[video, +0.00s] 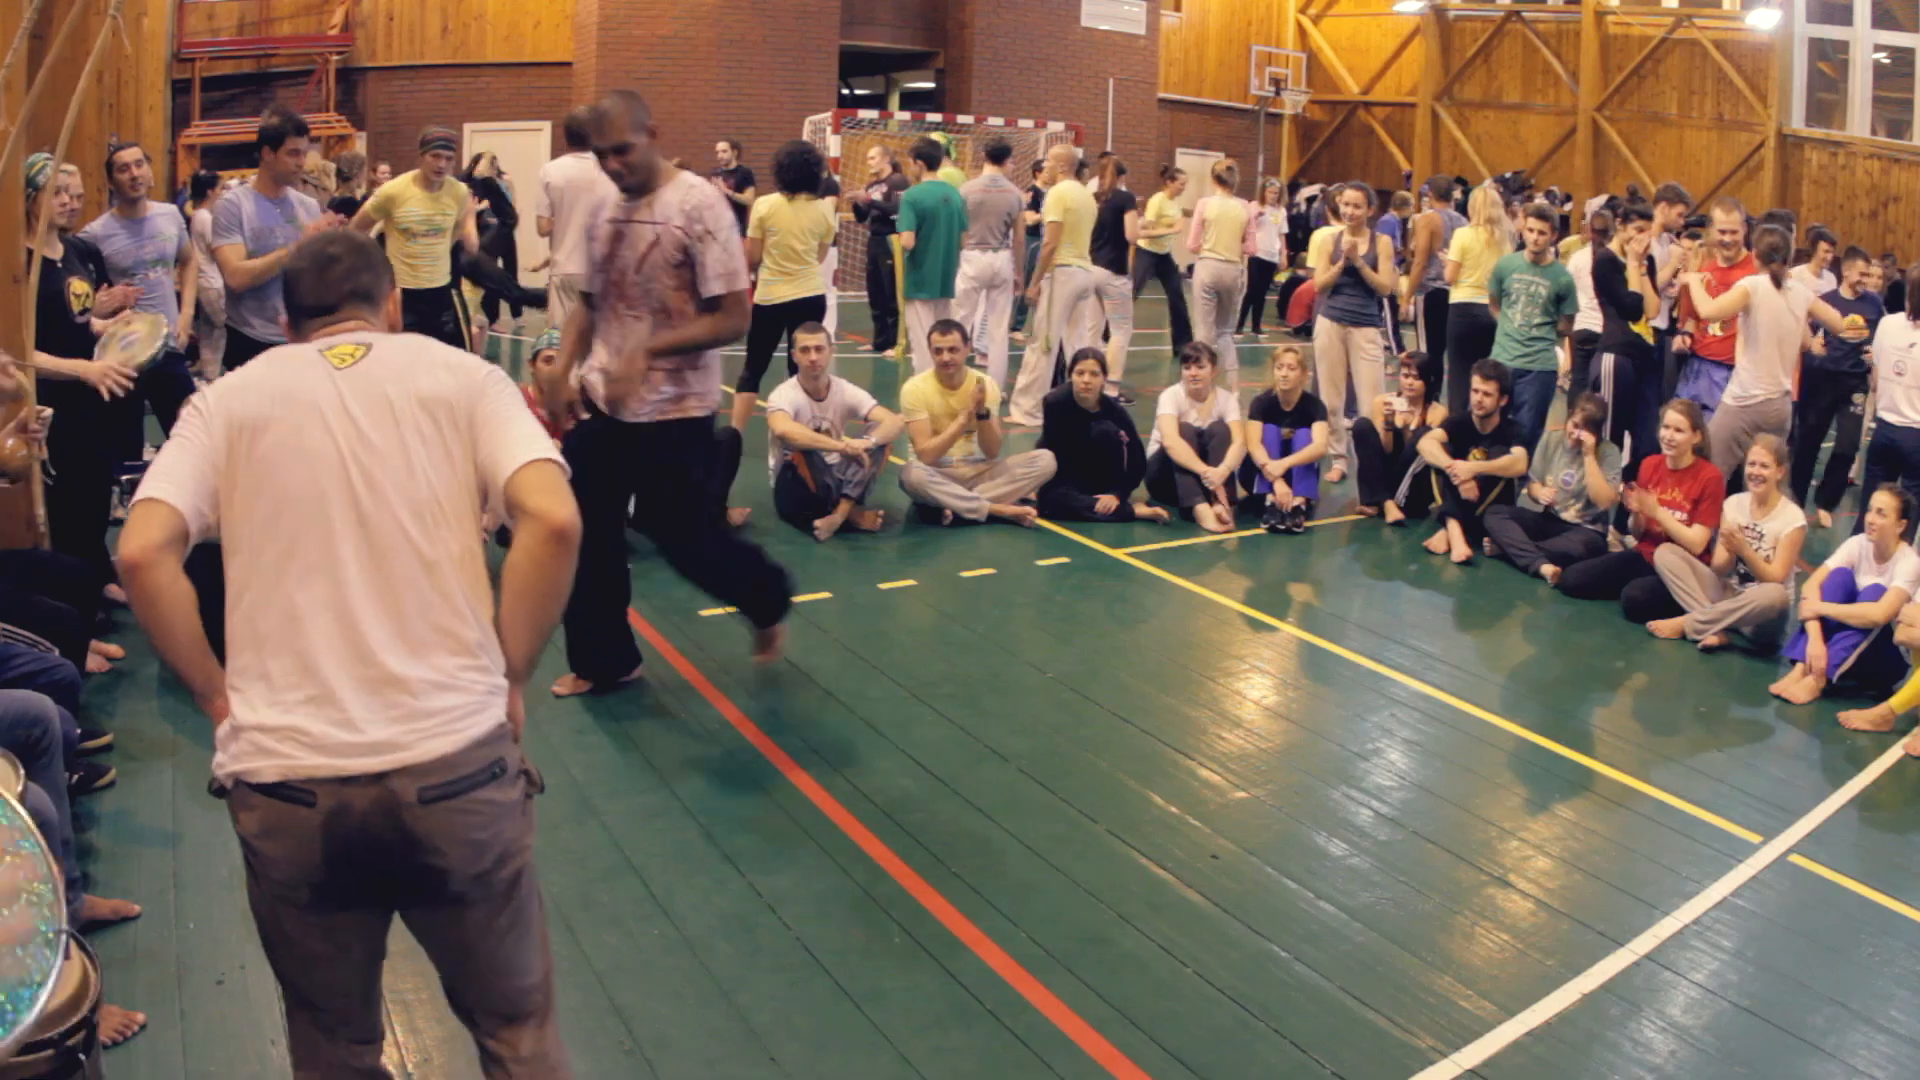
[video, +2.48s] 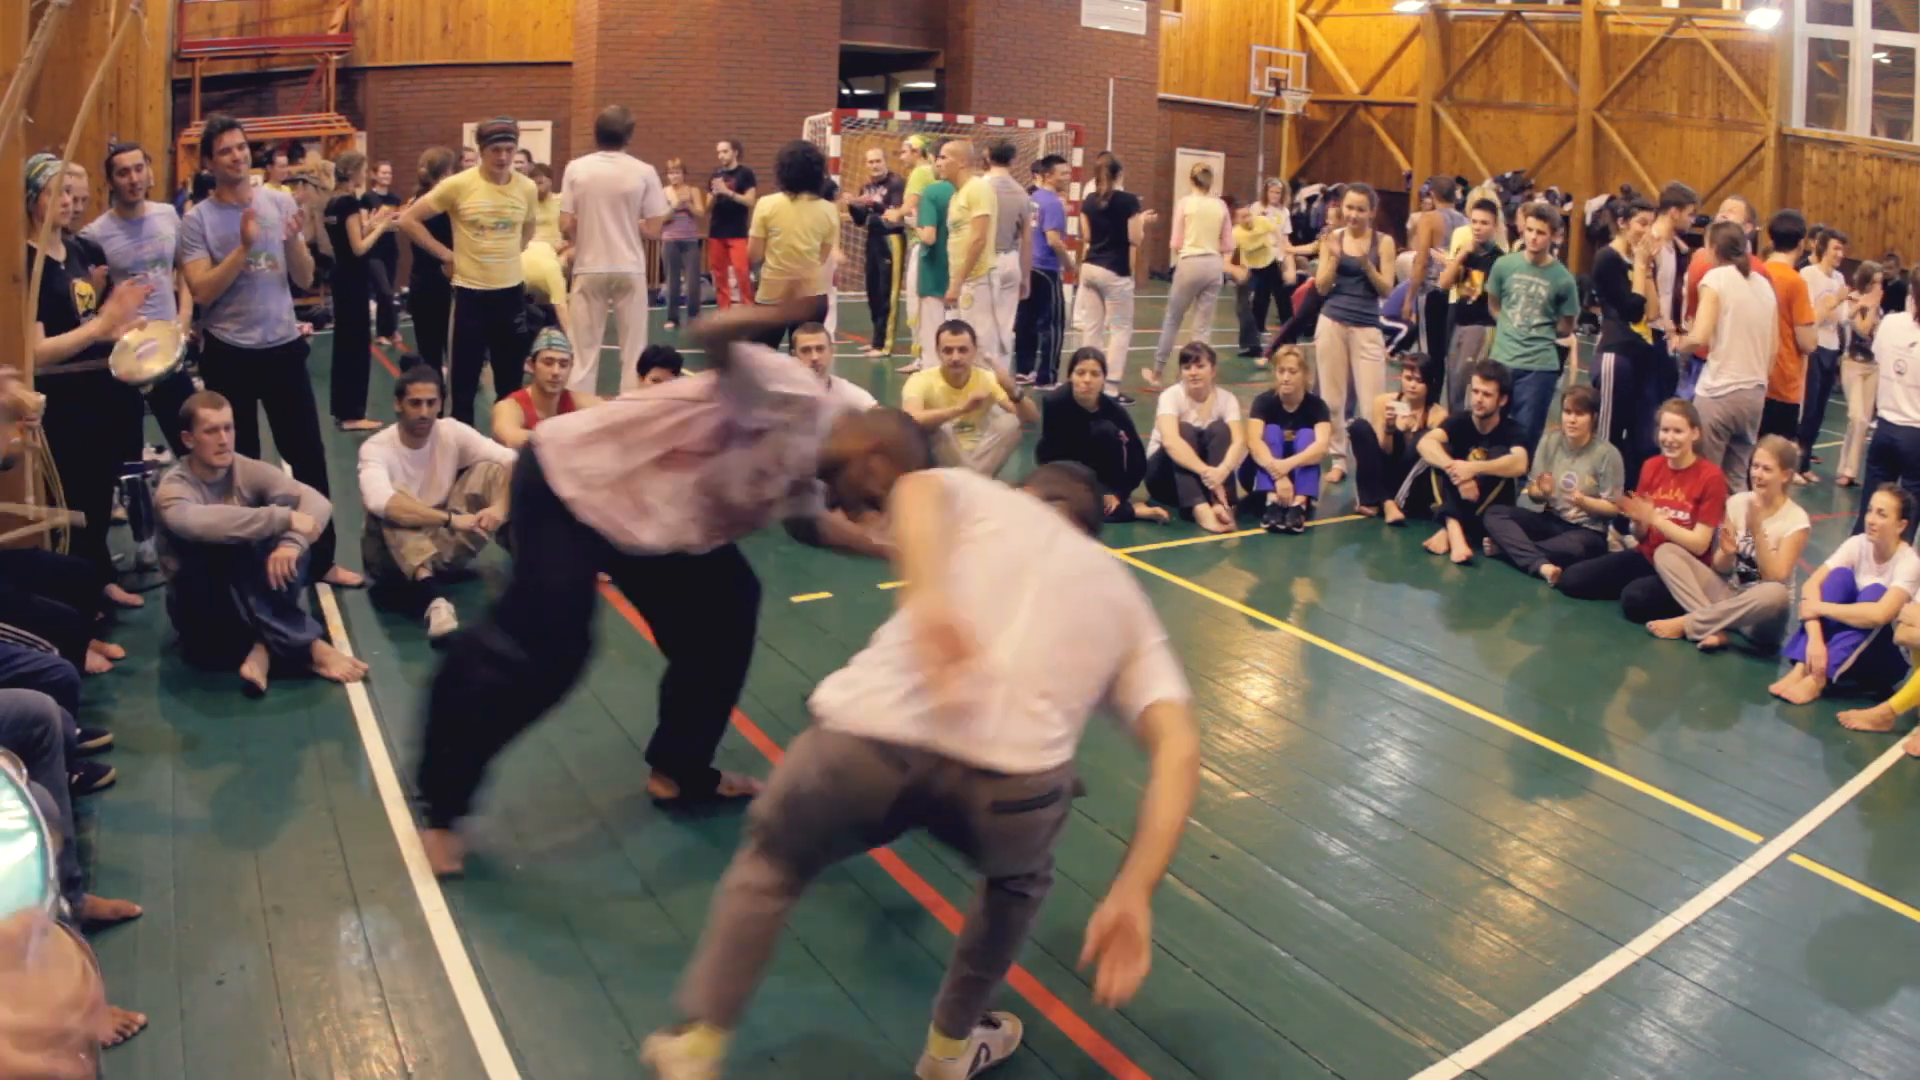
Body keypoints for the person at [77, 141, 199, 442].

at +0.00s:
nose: (134, 174)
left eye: (139, 165)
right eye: (124, 169)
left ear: (150, 171)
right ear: (111, 181)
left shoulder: (171, 215)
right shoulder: (94, 235)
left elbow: (189, 262)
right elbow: (80, 295)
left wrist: (186, 316)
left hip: (169, 348)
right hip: (121, 354)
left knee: (190, 439)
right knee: (126, 453)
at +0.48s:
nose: (134, 175)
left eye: (139, 166)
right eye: (124, 170)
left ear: (150, 172)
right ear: (111, 181)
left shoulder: (169, 216)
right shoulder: (94, 235)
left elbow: (184, 264)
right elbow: (86, 297)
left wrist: (184, 317)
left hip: (166, 348)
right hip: (119, 355)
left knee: (191, 440)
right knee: (124, 453)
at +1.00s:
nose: (134, 178)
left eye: (139, 168)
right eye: (124, 172)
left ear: (150, 174)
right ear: (111, 181)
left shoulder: (169, 216)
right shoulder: (93, 235)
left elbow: (182, 269)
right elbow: (86, 292)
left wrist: (183, 320)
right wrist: (104, 326)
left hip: (167, 351)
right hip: (119, 355)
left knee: (192, 441)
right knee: (125, 452)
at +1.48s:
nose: (135, 179)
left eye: (140, 170)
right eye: (125, 173)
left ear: (150, 175)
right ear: (111, 183)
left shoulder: (169, 216)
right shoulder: (94, 235)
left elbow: (184, 267)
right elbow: (89, 292)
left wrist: (185, 315)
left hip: (167, 335)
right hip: (122, 341)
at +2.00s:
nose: (134, 179)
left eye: (140, 170)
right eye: (124, 173)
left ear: (150, 174)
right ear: (111, 181)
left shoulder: (169, 216)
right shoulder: (93, 236)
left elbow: (183, 270)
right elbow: (88, 300)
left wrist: (183, 320)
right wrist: (112, 324)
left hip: (168, 351)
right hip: (120, 356)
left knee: (192, 442)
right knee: (126, 452)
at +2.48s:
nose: (133, 179)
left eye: (138, 169)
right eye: (123, 173)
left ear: (149, 173)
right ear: (110, 182)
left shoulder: (168, 215)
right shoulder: (94, 235)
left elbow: (182, 269)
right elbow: (89, 298)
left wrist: (185, 315)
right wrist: (115, 327)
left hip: (169, 342)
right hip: (121, 348)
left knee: (191, 439)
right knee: (126, 450)